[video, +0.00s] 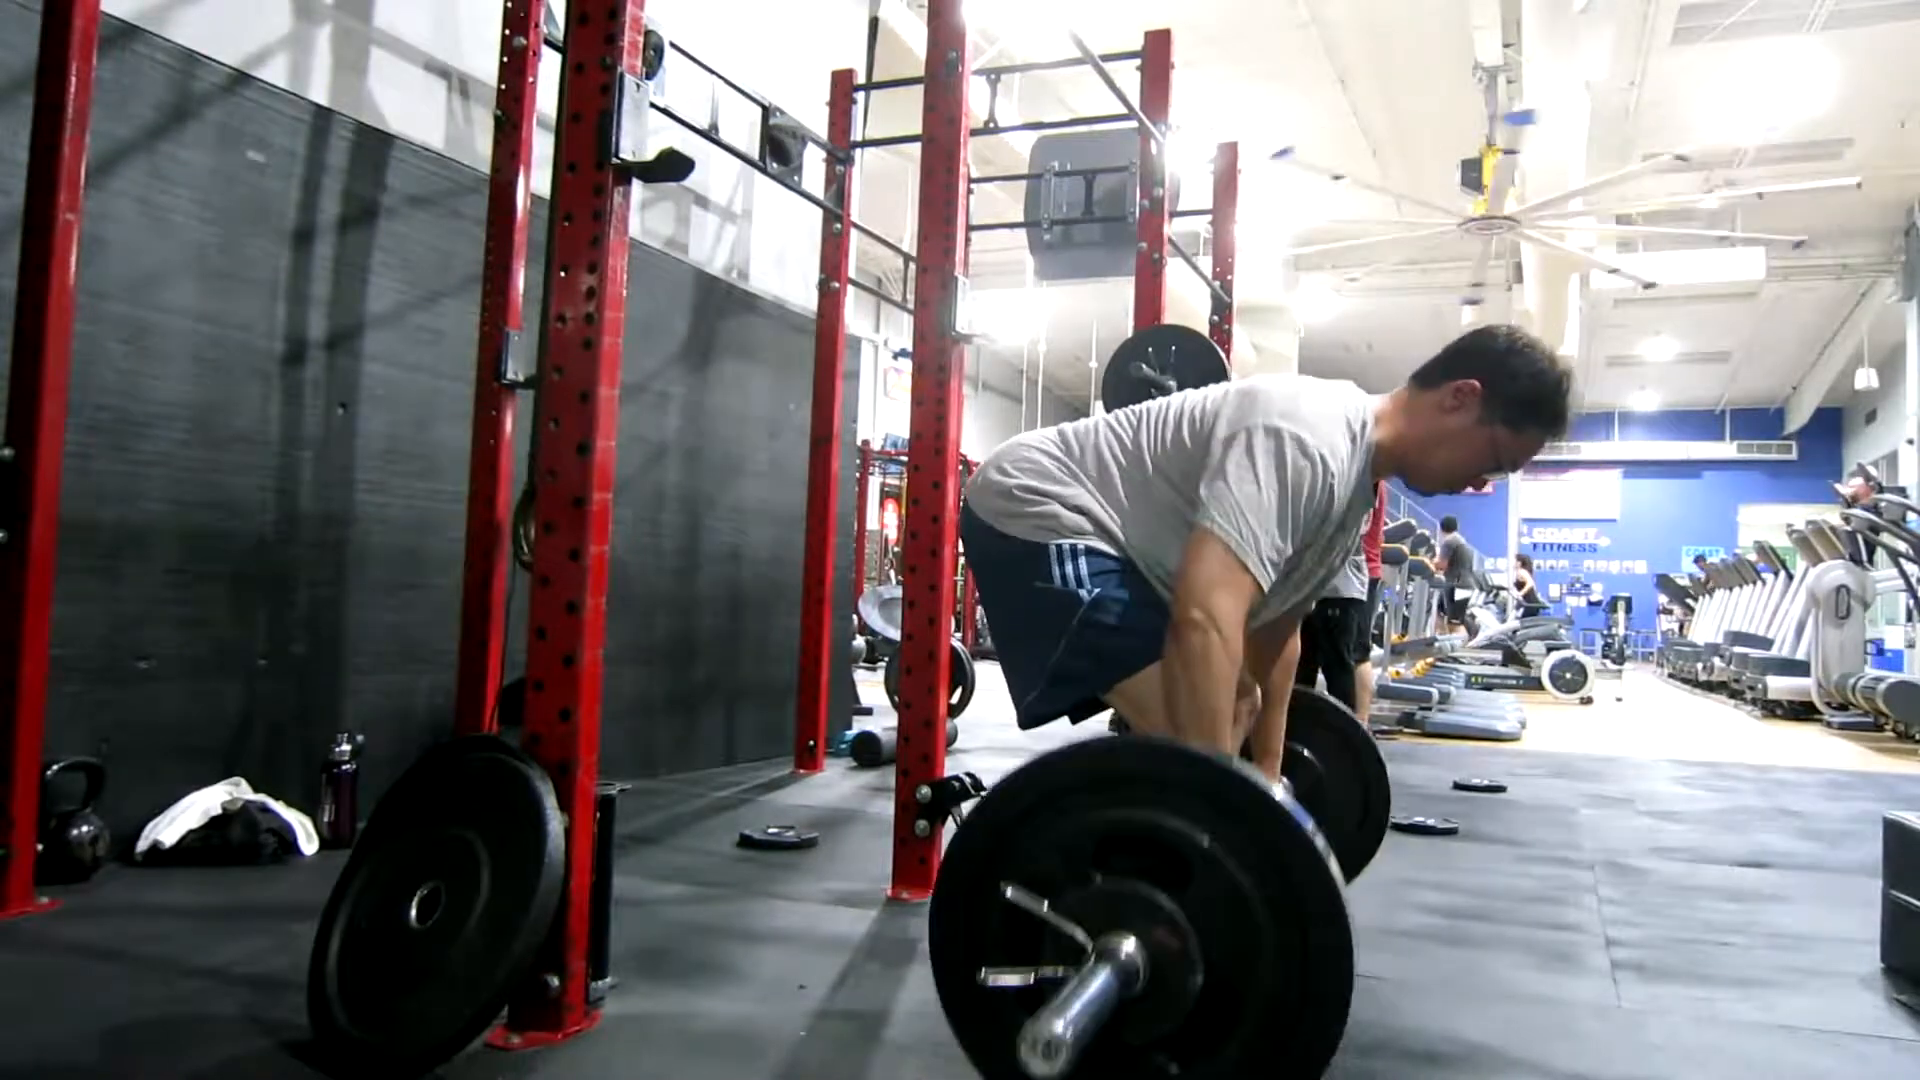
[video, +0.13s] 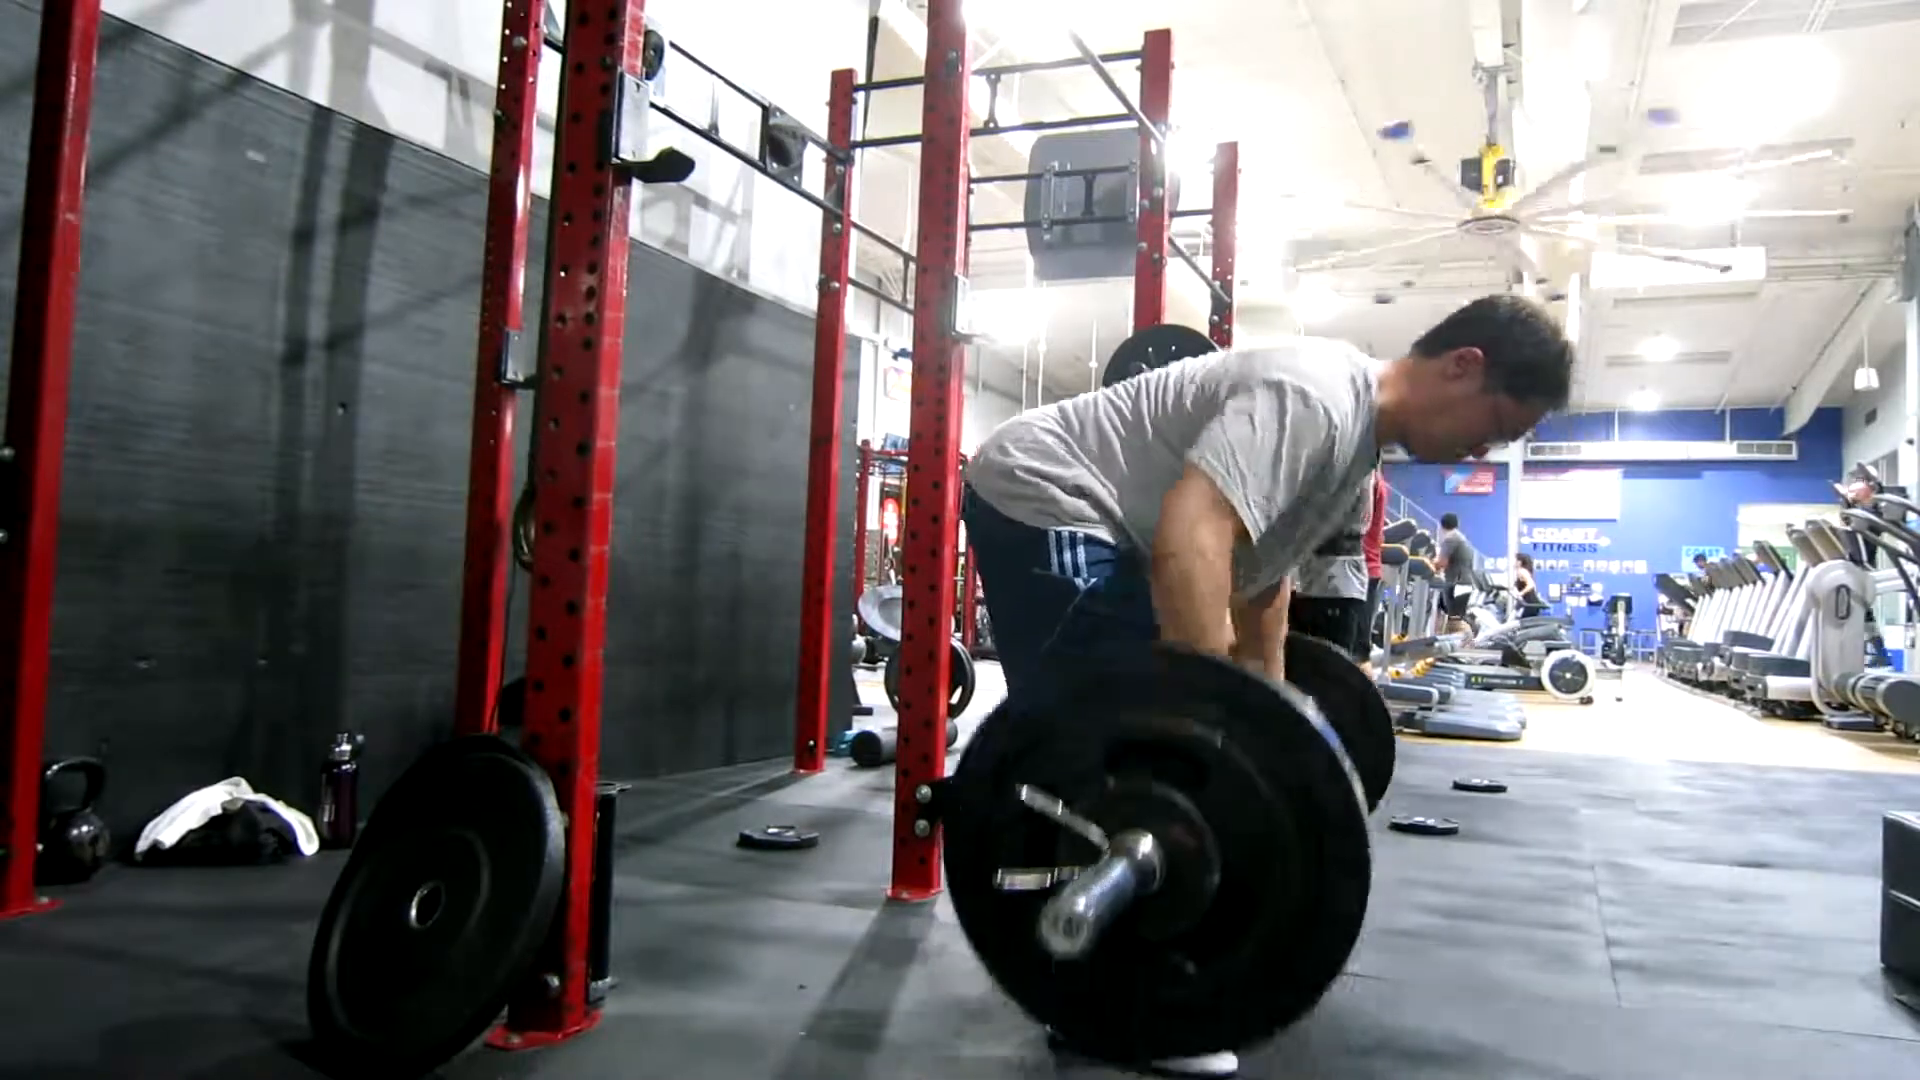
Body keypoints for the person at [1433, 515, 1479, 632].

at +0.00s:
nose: (1440, 530)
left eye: (1441, 528)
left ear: (1442, 528)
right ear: (1455, 527)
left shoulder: (1449, 542)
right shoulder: (1463, 541)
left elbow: (1442, 564)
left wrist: (1433, 563)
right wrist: (1442, 566)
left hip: (1455, 585)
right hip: (1469, 584)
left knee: (1453, 620)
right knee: (1465, 620)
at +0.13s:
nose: (1441, 528)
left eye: (1441, 525)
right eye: (1442, 525)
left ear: (1442, 526)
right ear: (1456, 524)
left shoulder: (1450, 540)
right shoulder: (1463, 539)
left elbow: (1442, 562)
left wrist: (1433, 564)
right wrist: (1441, 566)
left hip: (1455, 583)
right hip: (1467, 583)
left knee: (1453, 619)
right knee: (1460, 618)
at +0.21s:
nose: (1441, 528)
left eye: (1442, 525)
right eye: (1442, 525)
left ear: (1444, 526)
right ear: (1456, 525)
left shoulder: (1451, 539)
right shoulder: (1462, 539)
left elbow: (1443, 561)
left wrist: (1433, 564)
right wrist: (1440, 565)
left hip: (1455, 586)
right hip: (1467, 585)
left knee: (1445, 616)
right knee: (1456, 618)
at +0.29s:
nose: (1442, 532)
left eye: (1442, 529)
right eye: (1443, 529)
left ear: (1444, 529)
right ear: (1457, 528)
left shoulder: (1452, 542)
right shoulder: (1463, 541)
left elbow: (1443, 563)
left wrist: (1434, 562)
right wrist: (1442, 565)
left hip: (1456, 586)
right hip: (1468, 584)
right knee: (1461, 619)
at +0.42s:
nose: (1441, 530)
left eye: (1442, 528)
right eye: (1442, 527)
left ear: (1445, 528)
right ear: (1456, 527)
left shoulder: (1452, 541)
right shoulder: (1461, 540)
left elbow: (1444, 563)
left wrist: (1435, 562)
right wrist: (1440, 566)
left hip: (1456, 586)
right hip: (1467, 586)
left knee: (1440, 614)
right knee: (1464, 621)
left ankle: (1436, 639)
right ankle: (1472, 644)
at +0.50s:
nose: (1441, 528)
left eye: (1441, 525)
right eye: (1441, 525)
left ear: (1444, 525)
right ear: (1455, 524)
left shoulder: (1452, 538)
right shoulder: (1461, 538)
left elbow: (1444, 561)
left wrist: (1432, 563)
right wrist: (1438, 564)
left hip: (1457, 585)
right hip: (1467, 585)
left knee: (1438, 611)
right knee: (1463, 619)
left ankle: (1436, 638)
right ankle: (1474, 642)